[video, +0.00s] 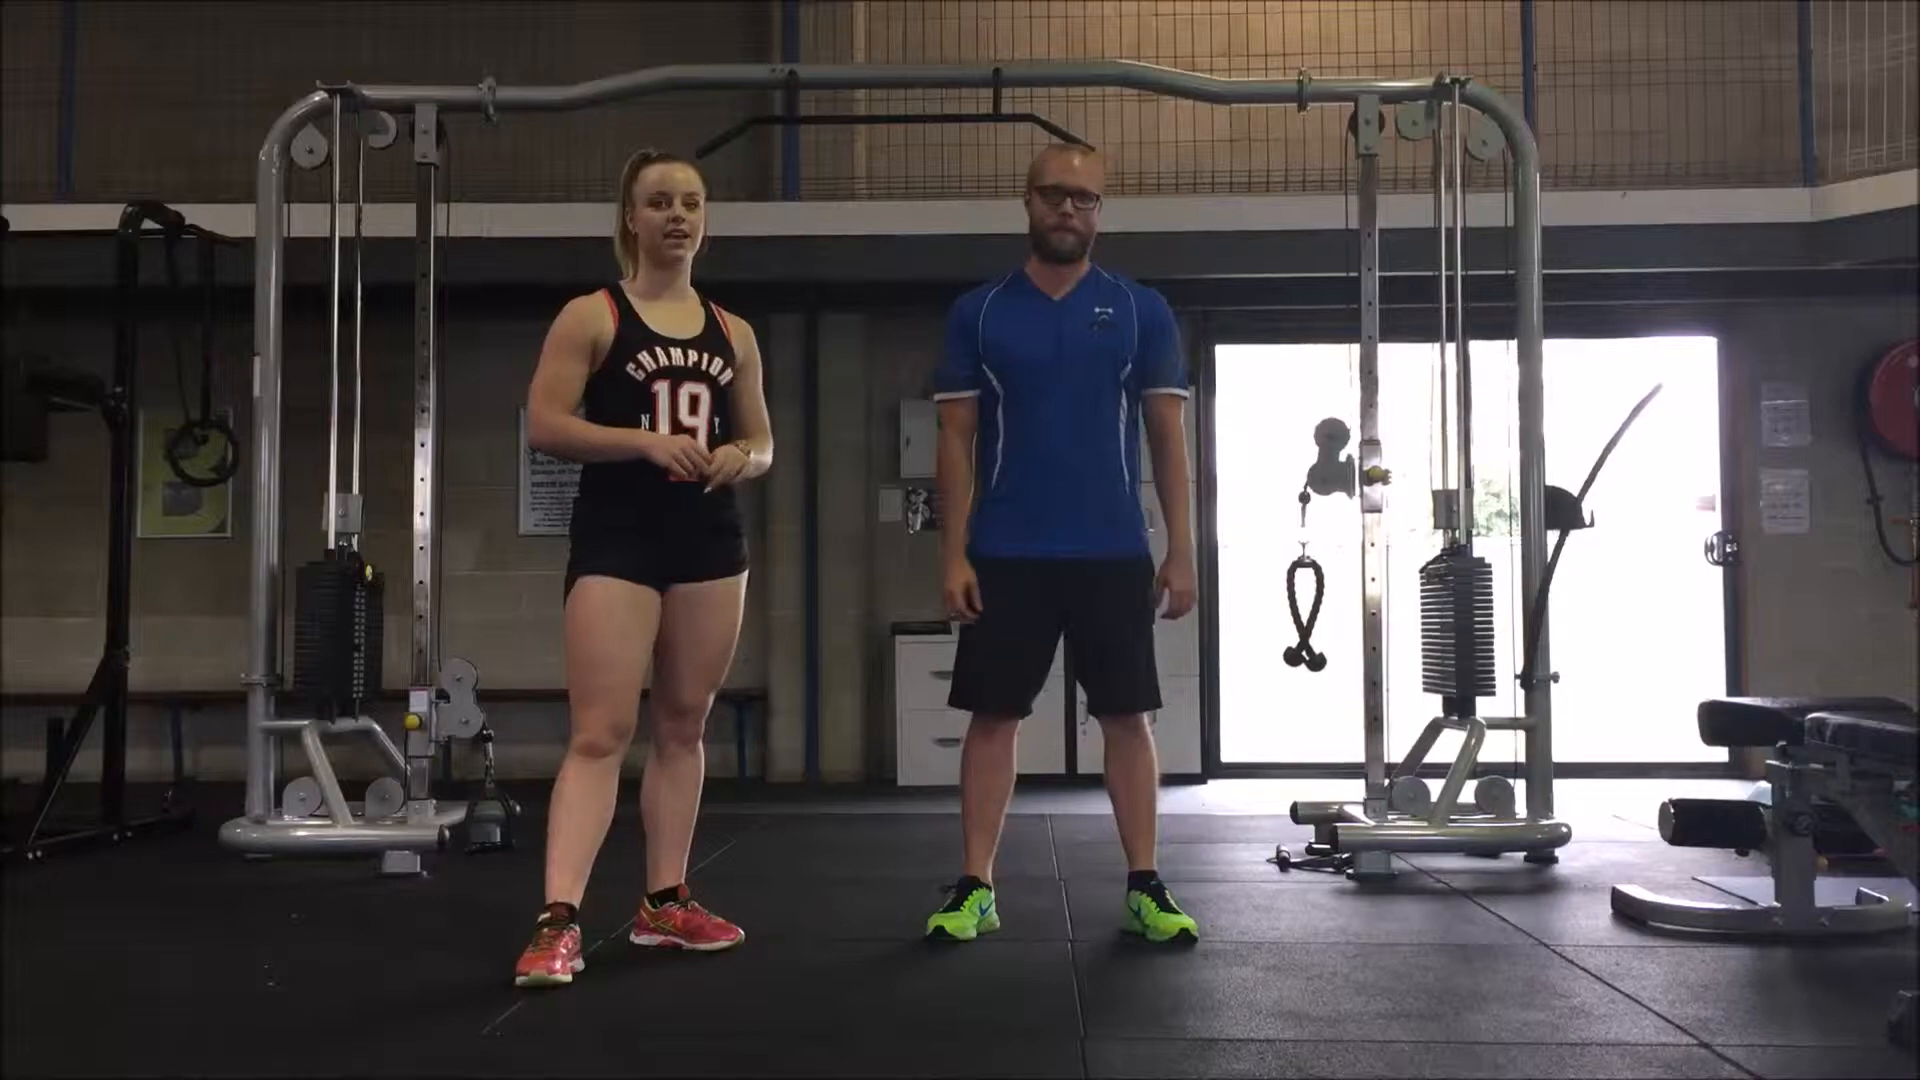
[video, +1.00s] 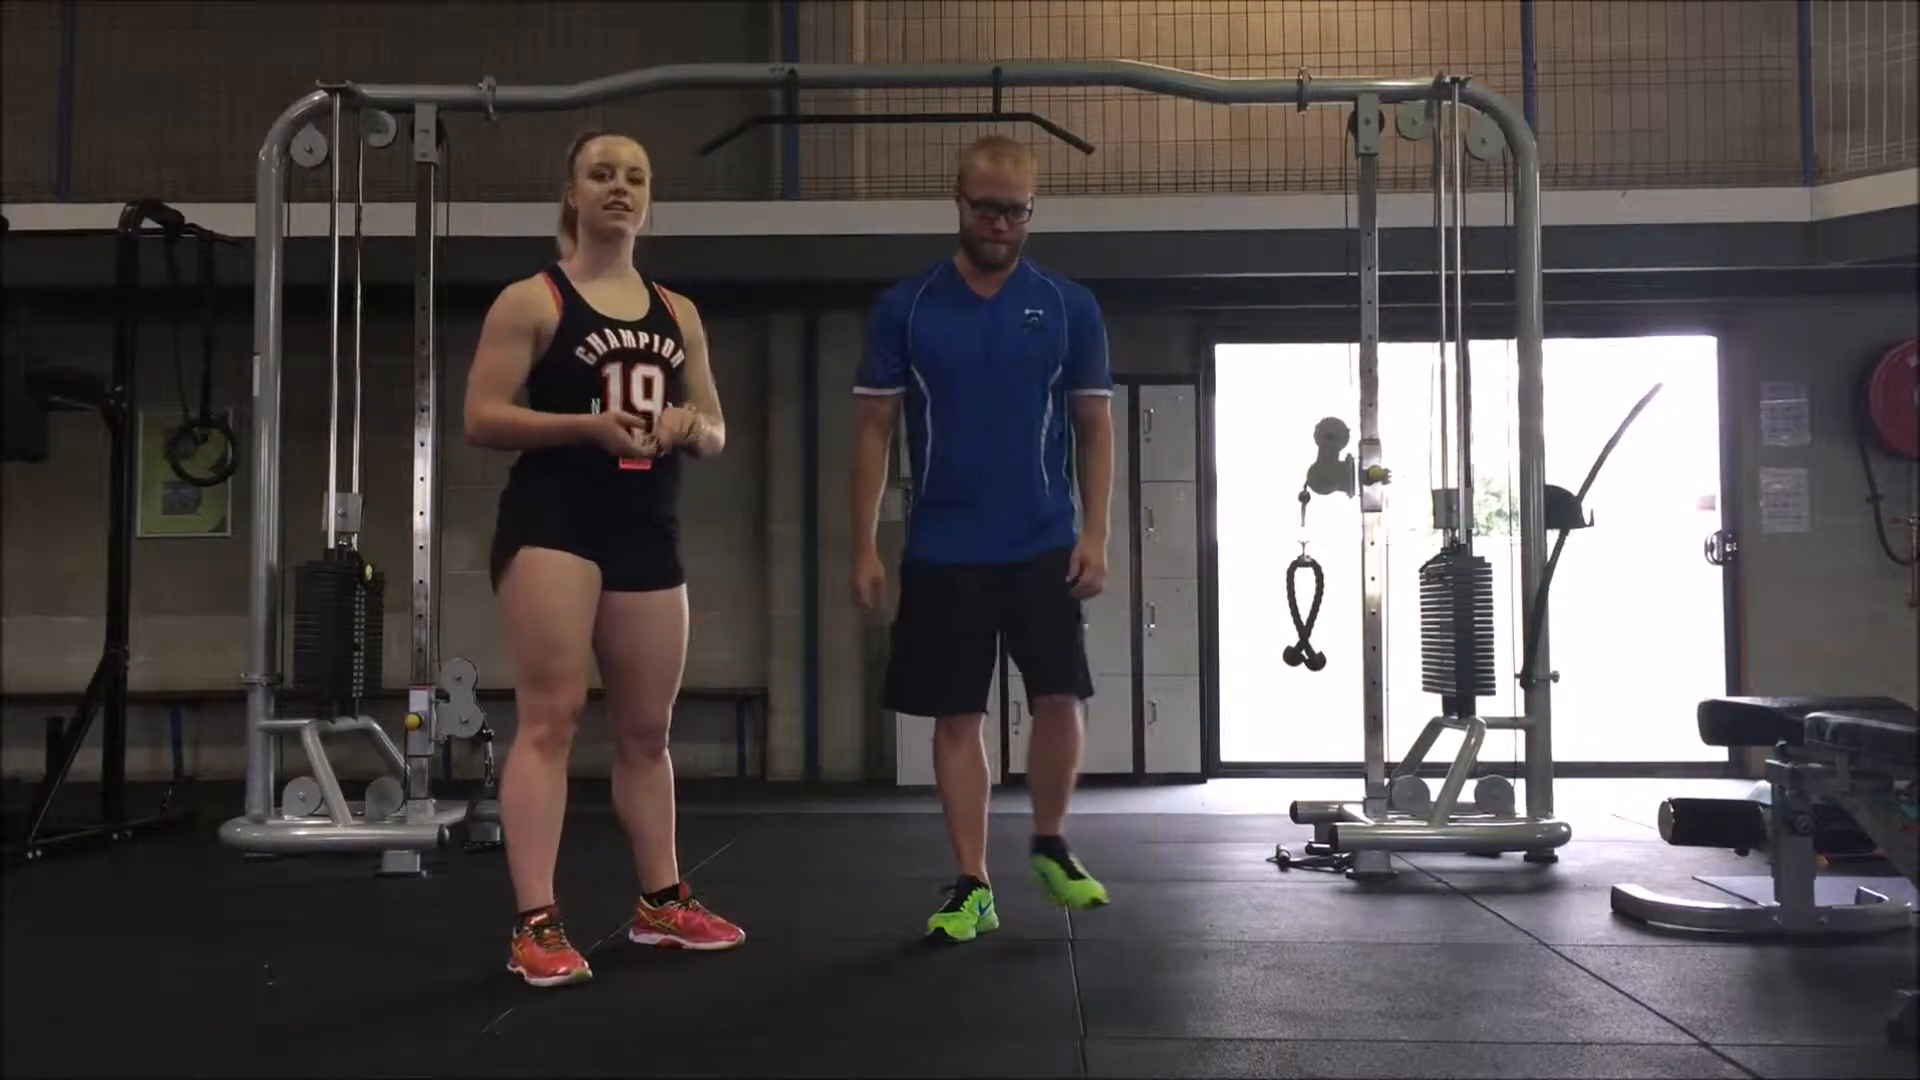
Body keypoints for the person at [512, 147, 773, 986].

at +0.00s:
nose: (677, 214)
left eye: (689, 203)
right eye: (660, 202)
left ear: (706, 220)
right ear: (628, 219)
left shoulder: (733, 333)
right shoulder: (590, 316)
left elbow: (758, 442)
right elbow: (544, 423)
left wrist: (742, 456)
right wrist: (644, 439)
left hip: (710, 550)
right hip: (616, 546)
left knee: (684, 727)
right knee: (599, 736)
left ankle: (666, 902)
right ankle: (560, 919)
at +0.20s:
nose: (673, 208)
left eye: (686, 197)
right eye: (656, 196)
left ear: (705, 218)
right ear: (627, 215)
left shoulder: (734, 328)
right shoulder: (587, 313)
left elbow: (759, 435)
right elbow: (540, 421)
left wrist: (739, 453)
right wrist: (637, 437)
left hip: (710, 545)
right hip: (614, 541)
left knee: (683, 725)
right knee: (596, 729)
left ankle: (665, 902)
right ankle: (558, 920)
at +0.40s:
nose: (668, 203)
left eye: (681, 193)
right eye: (651, 192)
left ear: (699, 214)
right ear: (621, 213)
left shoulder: (730, 323)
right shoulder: (582, 313)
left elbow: (764, 430)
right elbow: (536, 424)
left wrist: (743, 449)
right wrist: (633, 437)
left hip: (701, 543)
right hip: (607, 537)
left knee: (674, 724)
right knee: (591, 721)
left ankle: (665, 900)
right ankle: (544, 918)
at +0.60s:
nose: (652, 196)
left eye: (667, 187)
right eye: (636, 183)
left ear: (684, 213)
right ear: (606, 206)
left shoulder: (714, 318)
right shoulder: (565, 312)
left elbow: (751, 426)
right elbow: (521, 427)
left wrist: (732, 443)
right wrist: (620, 438)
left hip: (686, 541)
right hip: (592, 536)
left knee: (658, 727)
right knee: (580, 720)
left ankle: (663, 901)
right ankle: (541, 920)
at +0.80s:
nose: (633, 189)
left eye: (647, 179)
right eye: (617, 177)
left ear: (666, 204)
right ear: (587, 200)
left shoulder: (694, 315)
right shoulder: (548, 304)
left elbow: (714, 426)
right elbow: (500, 418)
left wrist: (701, 427)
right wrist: (602, 425)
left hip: (665, 537)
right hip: (571, 531)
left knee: (647, 727)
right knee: (565, 718)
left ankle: (663, 901)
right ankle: (537, 922)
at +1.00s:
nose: (618, 187)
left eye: (633, 177)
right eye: (601, 173)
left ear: (650, 202)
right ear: (568, 195)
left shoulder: (676, 313)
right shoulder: (530, 301)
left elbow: (710, 425)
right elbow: (482, 418)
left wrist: (695, 426)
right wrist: (589, 425)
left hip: (647, 537)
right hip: (553, 530)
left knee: (647, 733)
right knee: (550, 720)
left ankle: (663, 902)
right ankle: (536, 924)